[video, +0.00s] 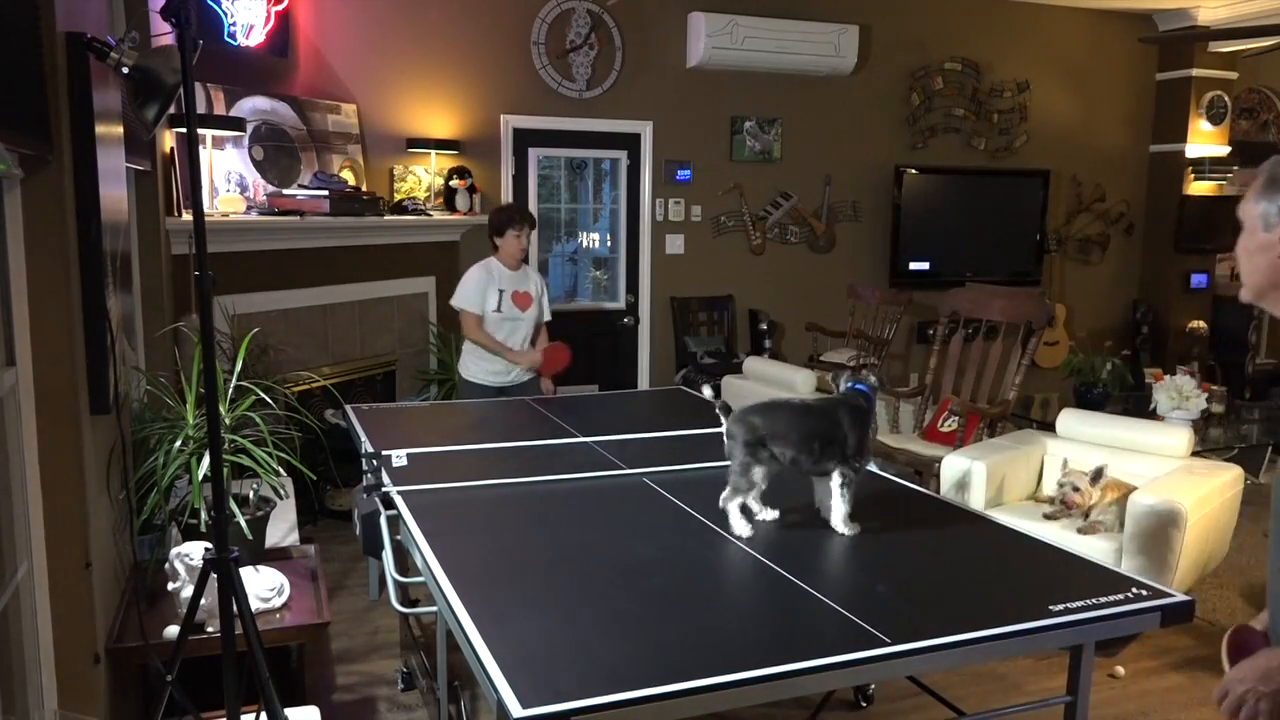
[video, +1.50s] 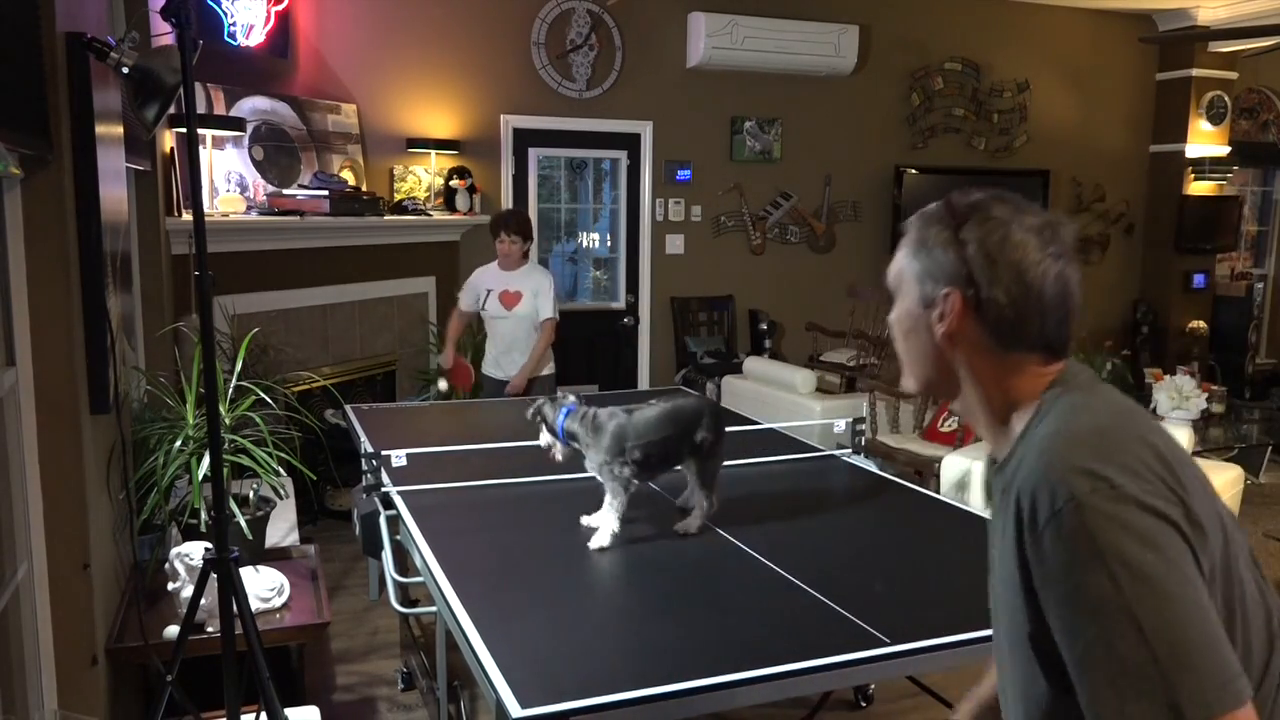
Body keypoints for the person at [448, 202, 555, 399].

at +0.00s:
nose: (525, 244)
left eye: (527, 236)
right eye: (517, 237)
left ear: (530, 237)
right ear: (497, 239)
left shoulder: (535, 279)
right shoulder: (479, 275)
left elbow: (540, 330)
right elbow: (471, 329)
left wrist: (545, 373)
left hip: (523, 380)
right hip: (480, 381)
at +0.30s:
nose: (578, 259)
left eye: (580, 252)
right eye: (570, 252)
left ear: (584, 252)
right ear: (550, 253)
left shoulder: (566, 283)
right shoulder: (541, 284)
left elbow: (559, 337)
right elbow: (560, 328)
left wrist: (561, 376)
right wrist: (603, 351)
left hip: (546, 378)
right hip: (510, 380)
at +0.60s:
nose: (605, 263)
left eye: (611, 257)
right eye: (599, 255)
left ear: (615, 262)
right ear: (582, 255)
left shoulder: (602, 299)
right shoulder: (561, 279)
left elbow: (592, 345)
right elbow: (521, 314)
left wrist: (585, 386)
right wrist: (537, 348)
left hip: (561, 379)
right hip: (521, 373)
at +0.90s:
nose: (561, 252)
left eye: (568, 247)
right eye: (555, 245)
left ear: (573, 253)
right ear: (542, 248)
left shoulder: (575, 292)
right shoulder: (516, 273)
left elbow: (579, 345)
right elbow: (483, 311)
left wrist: (578, 391)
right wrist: (515, 341)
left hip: (548, 375)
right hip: (505, 374)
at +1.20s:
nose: (520, 243)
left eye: (528, 237)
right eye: (515, 235)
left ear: (536, 242)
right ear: (504, 238)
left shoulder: (544, 277)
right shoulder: (490, 270)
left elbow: (551, 329)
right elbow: (474, 304)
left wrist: (548, 380)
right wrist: (475, 332)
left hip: (528, 374)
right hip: (490, 371)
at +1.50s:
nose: (506, 249)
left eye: (513, 243)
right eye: (501, 242)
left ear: (526, 245)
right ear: (494, 243)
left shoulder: (541, 278)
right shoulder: (481, 277)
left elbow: (548, 333)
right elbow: (461, 314)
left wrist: (523, 376)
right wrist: (449, 348)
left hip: (536, 376)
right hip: (494, 376)